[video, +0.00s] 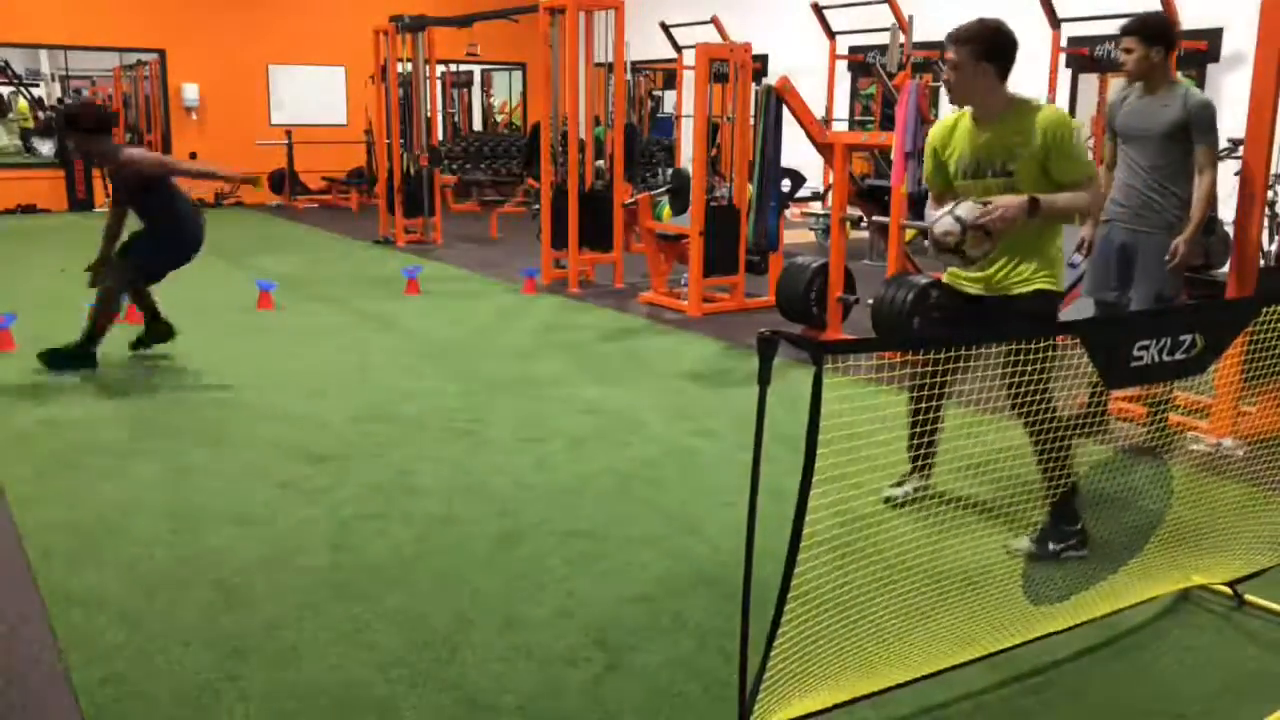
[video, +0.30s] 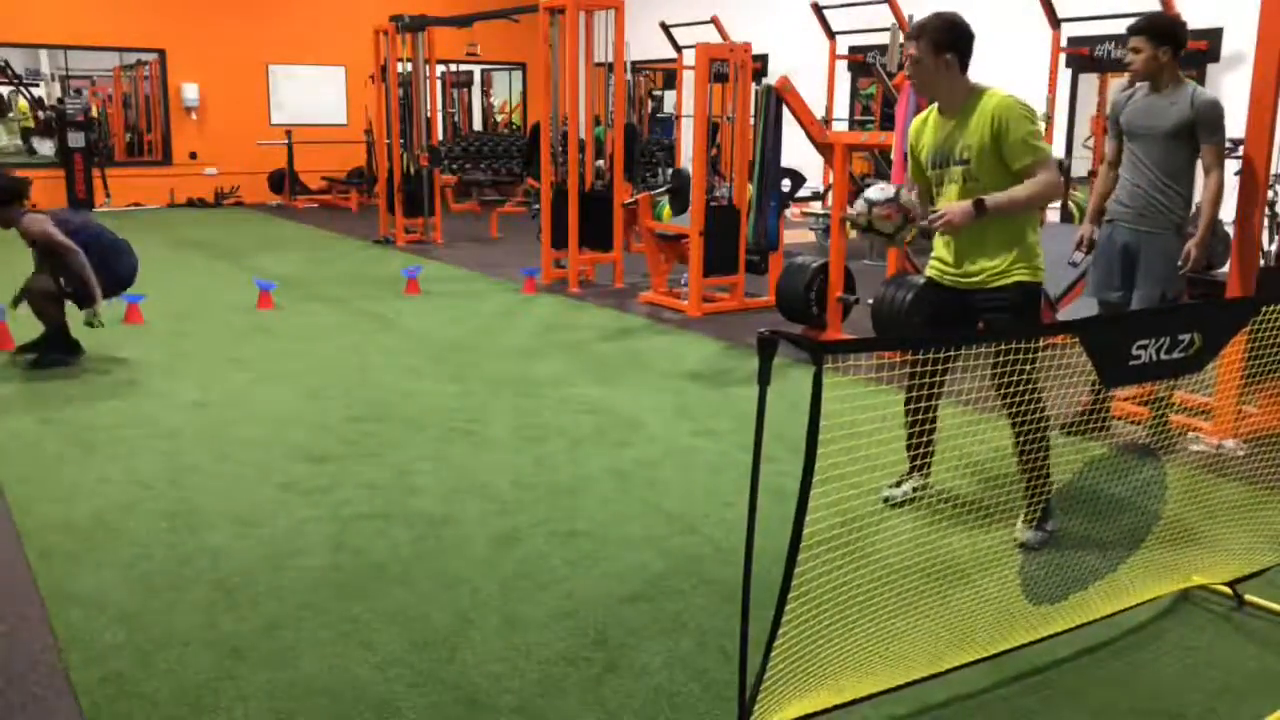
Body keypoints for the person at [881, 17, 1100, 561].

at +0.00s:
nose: (945, 75)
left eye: (954, 66)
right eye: (945, 65)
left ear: (989, 69)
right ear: (966, 69)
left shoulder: (1049, 126)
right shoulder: (943, 133)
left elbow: (1091, 197)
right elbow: (937, 203)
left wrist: (1028, 205)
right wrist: (940, 227)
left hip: (1029, 284)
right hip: (962, 283)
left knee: (1028, 396)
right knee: (926, 371)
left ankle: (1067, 519)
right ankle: (918, 474)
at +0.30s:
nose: (906, 70)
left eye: (914, 60)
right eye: (906, 60)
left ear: (948, 61)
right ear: (933, 63)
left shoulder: (1004, 112)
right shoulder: (919, 128)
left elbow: (1051, 181)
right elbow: (921, 202)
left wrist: (979, 206)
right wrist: (898, 214)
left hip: (1008, 277)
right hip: (945, 276)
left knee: (1016, 390)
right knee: (921, 374)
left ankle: (1039, 509)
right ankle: (918, 473)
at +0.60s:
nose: (945, 79)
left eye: (957, 67)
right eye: (937, 68)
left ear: (981, 64)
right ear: (929, 68)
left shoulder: (1019, 116)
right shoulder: (927, 131)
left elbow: (1089, 170)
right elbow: (891, 180)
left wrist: (1097, 240)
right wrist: (832, 162)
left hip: (1029, 281)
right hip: (961, 280)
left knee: (1037, 391)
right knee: (925, 374)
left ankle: (1062, 508)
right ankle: (917, 475)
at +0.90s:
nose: (1025, 100)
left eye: (1033, 87)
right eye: (1011, 90)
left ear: (1046, 82)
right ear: (991, 90)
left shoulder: (1082, 135)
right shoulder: (973, 159)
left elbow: (1127, 201)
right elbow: (958, 237)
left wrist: (1178, 227)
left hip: (1073, 292)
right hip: (998, 298)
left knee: (1080, 403)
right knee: (952, 377)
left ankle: (1063, 512)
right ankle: (920, 471)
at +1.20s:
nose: (1045, 79)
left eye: (1055, 66)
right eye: (1035, 69)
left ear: (1078, 60)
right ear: (1023, 70)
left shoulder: (1123, 130)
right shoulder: (1004, 139)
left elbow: (1145, 210)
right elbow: (1005, 232)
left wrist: (1146, 287)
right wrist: (1097, 218)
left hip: (1094, 288)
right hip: (1018, 286)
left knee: (1087, 404)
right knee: (960, 383)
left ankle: (1063, 516)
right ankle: (928, 474)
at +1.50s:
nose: (1020, 55)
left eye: (1029, 45)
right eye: (1021, 44)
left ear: (1064, 49)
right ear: (1053, 50)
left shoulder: (1118, 117)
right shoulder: (1028, 114)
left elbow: (1148, 209)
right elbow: (1013, 183)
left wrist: (1131, 290)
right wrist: (976, 226)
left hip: (1092, 286)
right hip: (1036, 281)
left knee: (1078, 396)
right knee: (1040, 386)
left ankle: (1069, 508)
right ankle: (1073, 478)